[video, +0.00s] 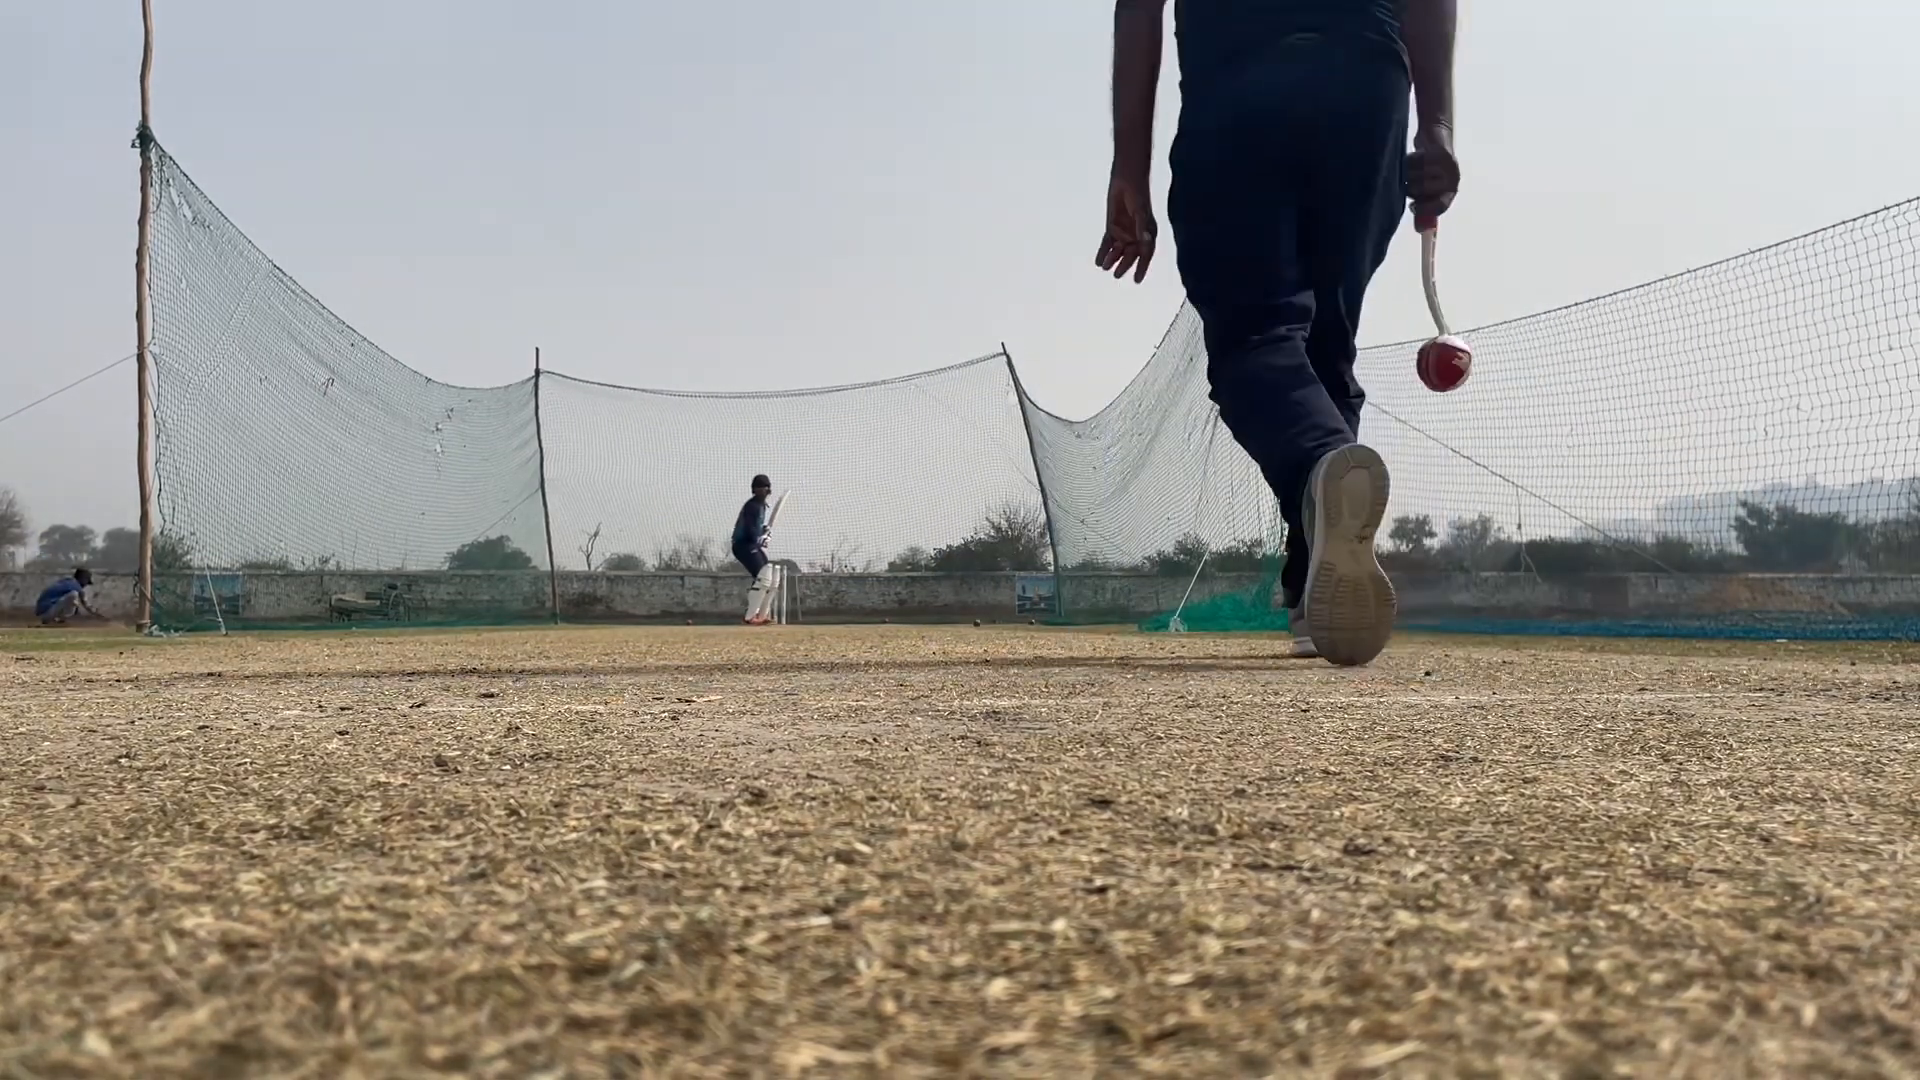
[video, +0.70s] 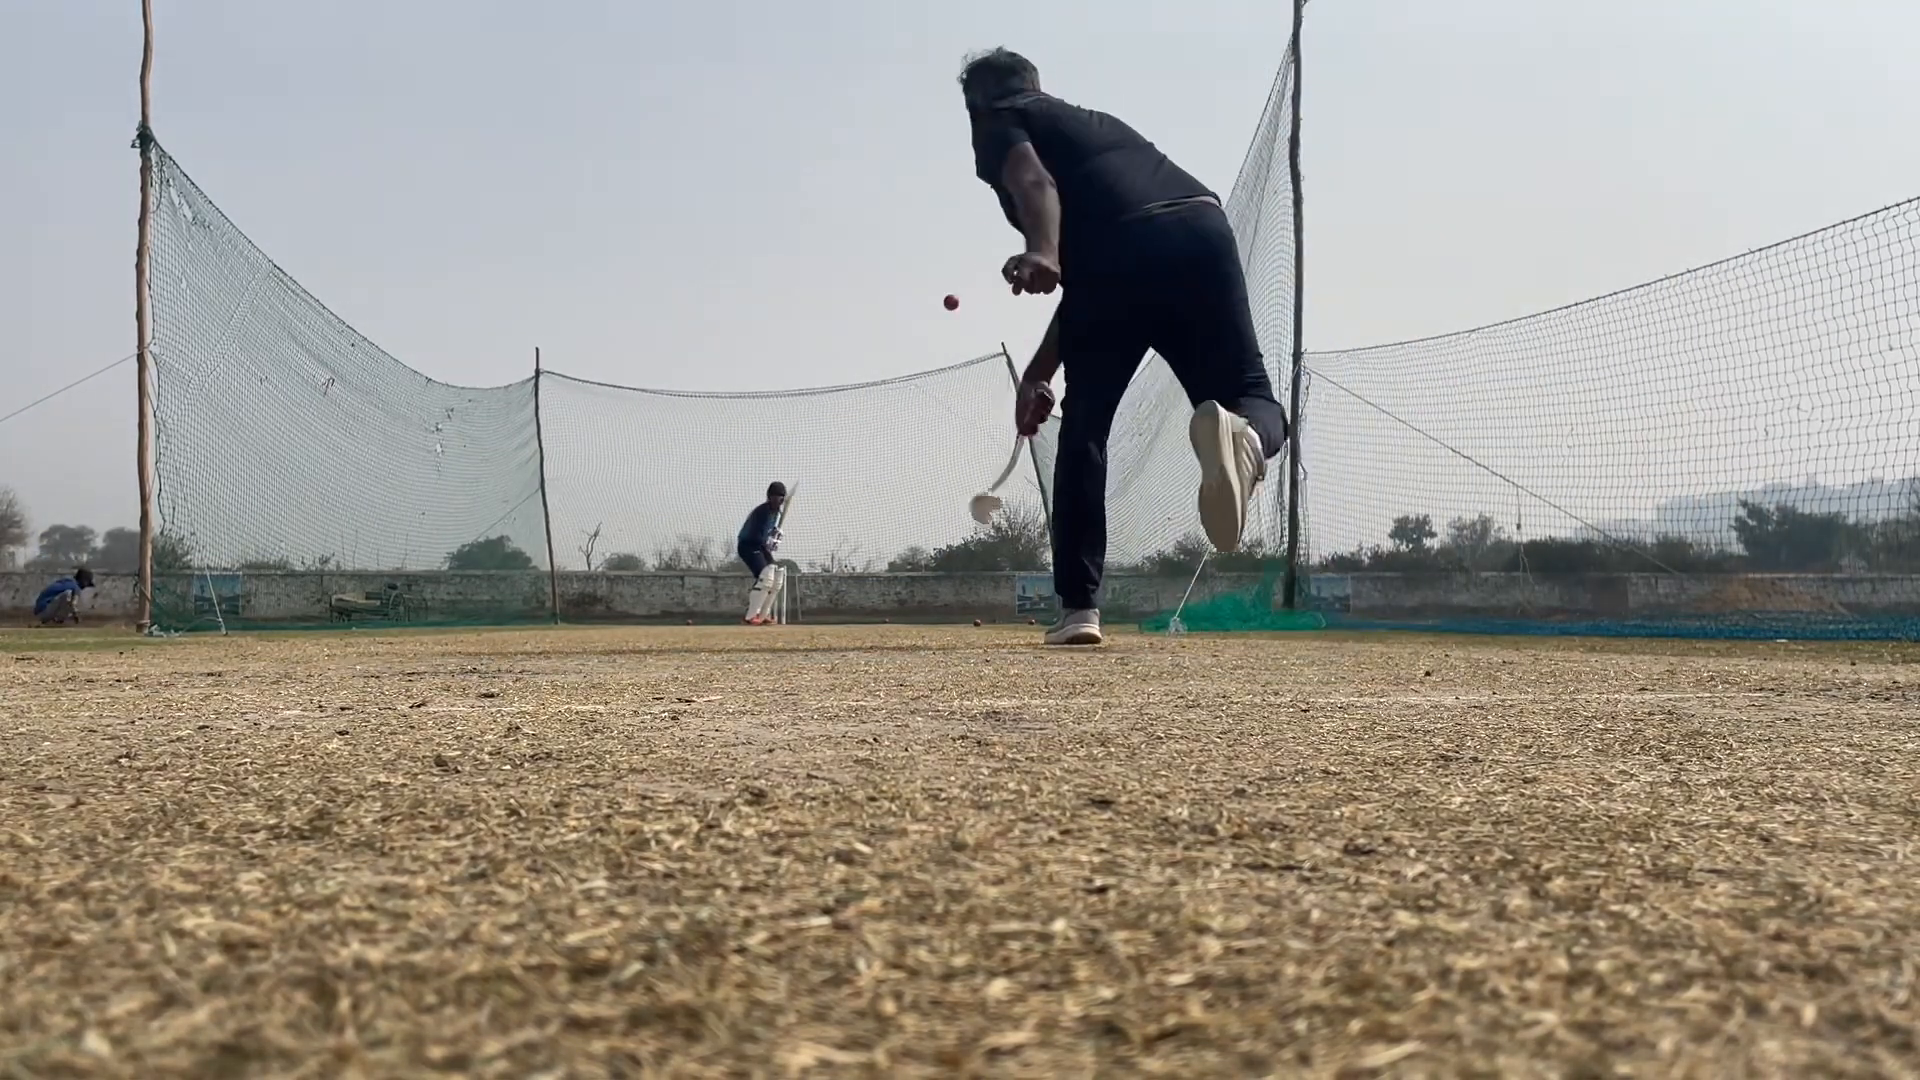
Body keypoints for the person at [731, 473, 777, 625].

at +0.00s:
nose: (767, 491)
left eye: (768, 487)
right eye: (763, 488)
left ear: (768, 489)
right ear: (755, 490)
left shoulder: (762, 506)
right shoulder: (753, 506)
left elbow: (760, 526)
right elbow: (751, 530)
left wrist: (764, 531)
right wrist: (760, 540)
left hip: (752, 543)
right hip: (742, 545)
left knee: (771, 575)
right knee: (763, 575)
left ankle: (762, 615)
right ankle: (750, 615)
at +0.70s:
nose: (782, 499)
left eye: (783, 496)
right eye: (779, 495)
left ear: (784, 497)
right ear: (770, 496)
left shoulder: (775, 512)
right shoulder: (763, 511)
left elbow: (770, 528)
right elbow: (756, 536)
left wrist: (775, 534)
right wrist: (767, 542)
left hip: (760, 546)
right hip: (748, 546)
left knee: (777, 576)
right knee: (767, 575)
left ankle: (763, 615)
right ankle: (751, 615)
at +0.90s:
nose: (787, 508)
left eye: (790, 505)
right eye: (784, 504)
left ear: (792, 505)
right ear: (778, 502)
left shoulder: (780, 513)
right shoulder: (771, 516)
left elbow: (780, 521)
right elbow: (764, 544)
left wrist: (786, 528)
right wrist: (781, 544)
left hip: (762, 543)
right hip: (751, 544)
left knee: (772, 575)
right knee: (767, 571)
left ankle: (763, 613)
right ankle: (769, 610)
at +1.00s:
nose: (793, 509)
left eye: (796, 506)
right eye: (791, 505)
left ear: (798, 505)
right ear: (785, 502)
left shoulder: (785, 511)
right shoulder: (776, 514)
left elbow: (783, 522)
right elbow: (770, 540)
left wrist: (789, 527)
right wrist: (785, 542)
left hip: (766, 543)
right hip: (755, 543)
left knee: (771, 577)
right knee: (770, 574)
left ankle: (762, 615)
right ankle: (780, 611)